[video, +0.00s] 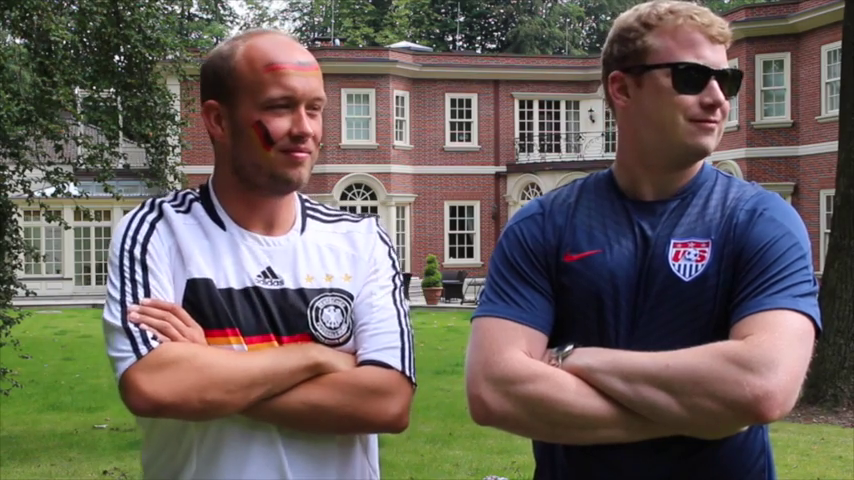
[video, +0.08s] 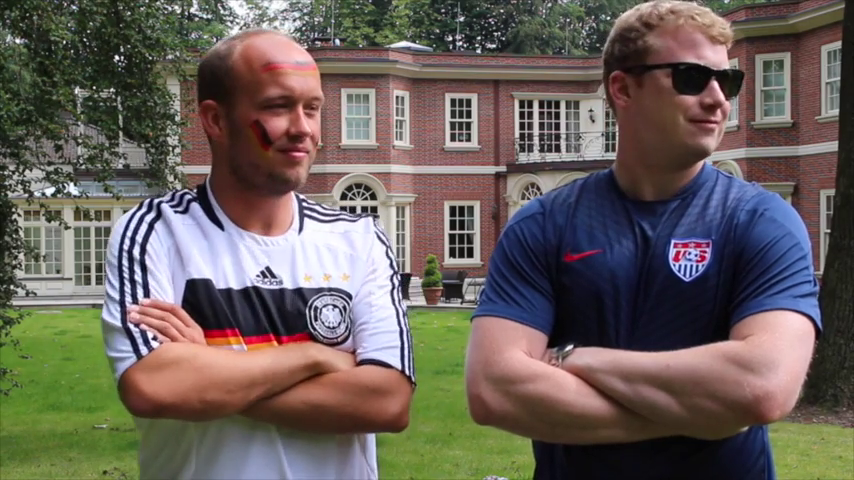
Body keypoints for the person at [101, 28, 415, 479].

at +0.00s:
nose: (305, 129)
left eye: (314, 109)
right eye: (280, 107)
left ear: (324, 117)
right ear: (216, 121)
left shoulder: (361, 239)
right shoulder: (152, 229)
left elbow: (389, 403)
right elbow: (146, 386)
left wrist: (214, 376)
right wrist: (318, 358)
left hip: (338, 475)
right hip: (201, 473)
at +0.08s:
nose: (303, 129)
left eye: (311, 108)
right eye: (277, 107)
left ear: (322, 116)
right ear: (214, 121)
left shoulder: (358, 239)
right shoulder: (149, 230)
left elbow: (388, 403)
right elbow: (146, 387)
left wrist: (214, 375)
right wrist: (316, 357)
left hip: (336, 476)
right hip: (198, 474)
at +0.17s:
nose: (301, 128)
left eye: (310, 108)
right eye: (275, 106)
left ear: (320, 115)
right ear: (212, 121)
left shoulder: (355, 239)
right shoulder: (147, 230)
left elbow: (387, 403)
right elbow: (144, 387)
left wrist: (213, 376)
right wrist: (314, 356)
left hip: (335, 476)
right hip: (196, 474)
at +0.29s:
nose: (297, 122)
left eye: (306, 103)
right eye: (271, 101)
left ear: (314, 112)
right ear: (208, 119)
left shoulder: (350, 240)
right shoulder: (143, 232)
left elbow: (389, 404)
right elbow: (134, 389)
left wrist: (213, 370)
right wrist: (299, 340)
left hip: (332, 473)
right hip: (192, 473)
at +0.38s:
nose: (294, 115)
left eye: (301, 98)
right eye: (269, 95)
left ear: (309, 109)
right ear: (204, 117)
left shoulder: (348, 240)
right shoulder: (140, 232)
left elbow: (403, 406)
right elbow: (125, 388)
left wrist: (248, 361)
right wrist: (289, 304)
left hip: (330, 474)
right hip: (191, 472)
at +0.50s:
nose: (288, 122)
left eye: (295, 103)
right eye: (263, 100)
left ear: (304, 110)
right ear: (197, 119)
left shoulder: (339, 242)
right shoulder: (136, 239)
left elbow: (405, 411)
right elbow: (169, 407)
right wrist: (342, 322)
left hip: (323, 475)